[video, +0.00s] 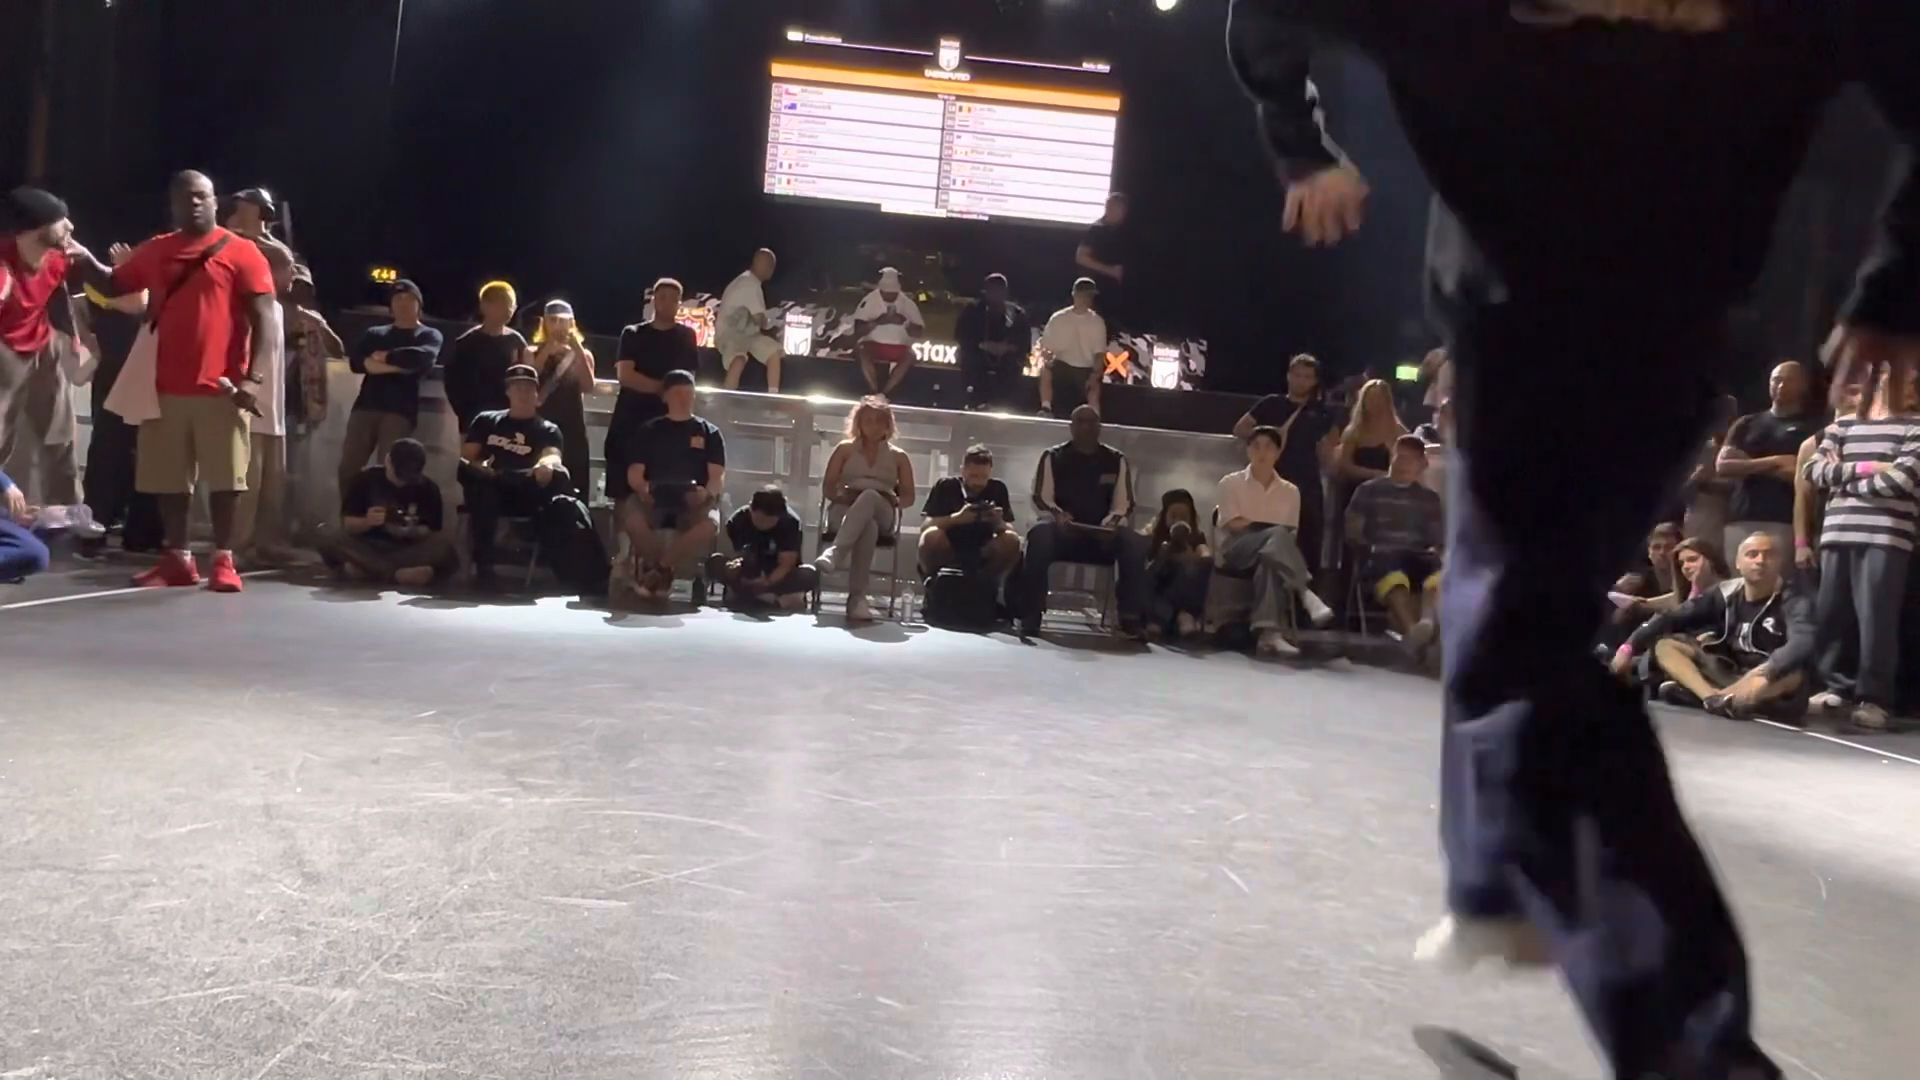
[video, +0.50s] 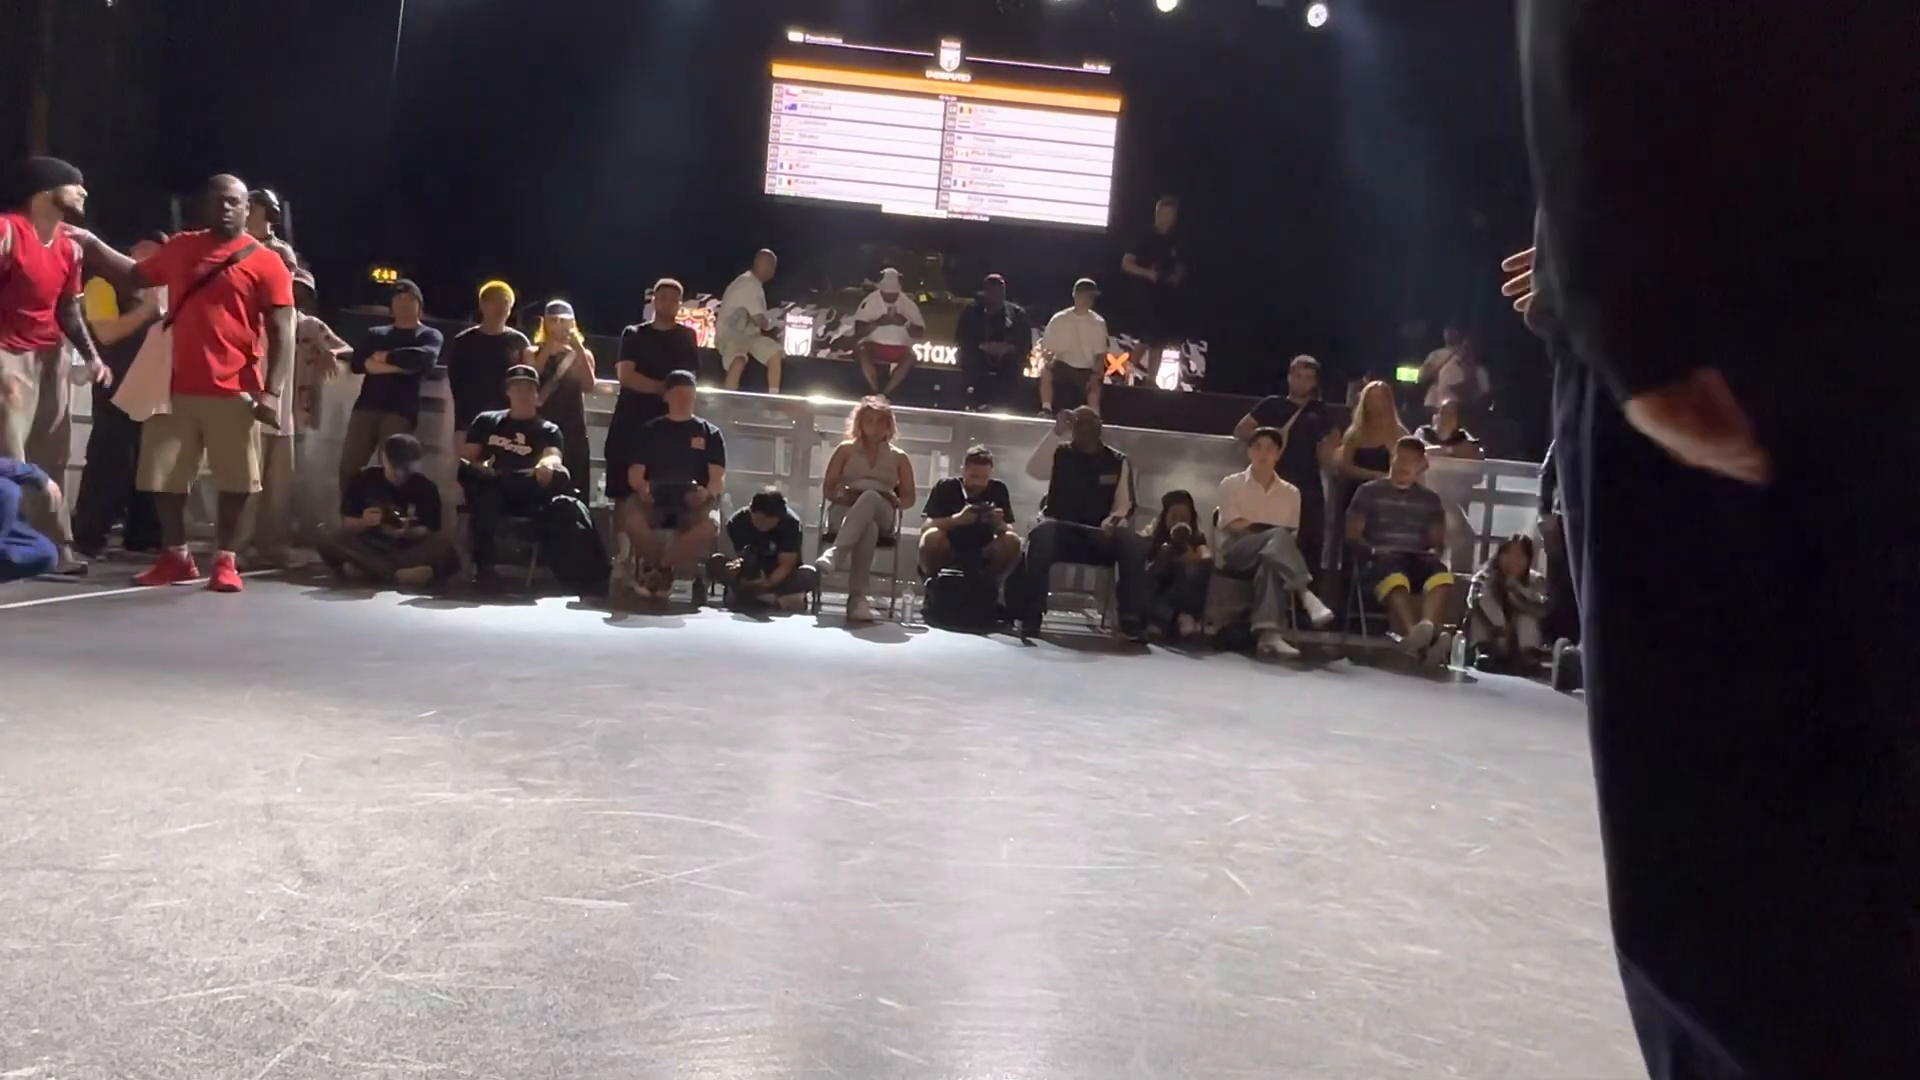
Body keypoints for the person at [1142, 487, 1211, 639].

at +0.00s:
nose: (1179, 522)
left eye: (1184, 517)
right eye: (1174, 516)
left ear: (1192, 518)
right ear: (1164, 516)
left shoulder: (1197, 538)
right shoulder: (1152, 538)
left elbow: (1206, 560)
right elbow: (1148, 571)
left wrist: (1186, 546)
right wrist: (1165, 550)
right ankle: (1184, 614)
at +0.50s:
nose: (1179, 522)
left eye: (1184, 517)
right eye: (1174, 516)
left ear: (1192, 517)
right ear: (1164, 516)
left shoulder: (1197, 539)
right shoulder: (1151, 539)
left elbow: (1207, 558)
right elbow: (1148, 572)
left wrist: (1191, 555)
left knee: (1196, 568)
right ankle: (1185, 616)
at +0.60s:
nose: (1179, 524)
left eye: (1184, 519)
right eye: (1174, 518)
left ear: (1192, 519)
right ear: (1165, 518)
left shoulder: (1197, 541)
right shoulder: (1150, 541)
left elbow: (1207, 562)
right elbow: (1147, 574)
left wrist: (1186, 549)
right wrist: (1164, 555)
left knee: (1194, 565)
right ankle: (1186, 617)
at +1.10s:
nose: (1174, 525)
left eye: (1179, 520)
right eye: (1169, 520)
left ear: (1187, 520)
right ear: (1159, 519)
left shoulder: (1192, 541)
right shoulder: (1145, 541)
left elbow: (1202, 562)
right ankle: (1181, 619)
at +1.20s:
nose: (1173, 524)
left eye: (1178, 519)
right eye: (1167, 519)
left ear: (1185, 519)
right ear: (1157, 519)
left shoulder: (1190, 541)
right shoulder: (1144, 541)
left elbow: (1200, 561)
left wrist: (1183, 557)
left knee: (1195, 569)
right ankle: (1179, 619)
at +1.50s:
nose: (1168, 526)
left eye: (1173, 520)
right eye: (1163, 520)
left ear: (1181, 520)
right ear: (1153, 520)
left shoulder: (1187, 542)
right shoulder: (1140, 542)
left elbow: (1197, 561)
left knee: (1193, 568)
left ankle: (1184, 620)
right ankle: (1174, 619)